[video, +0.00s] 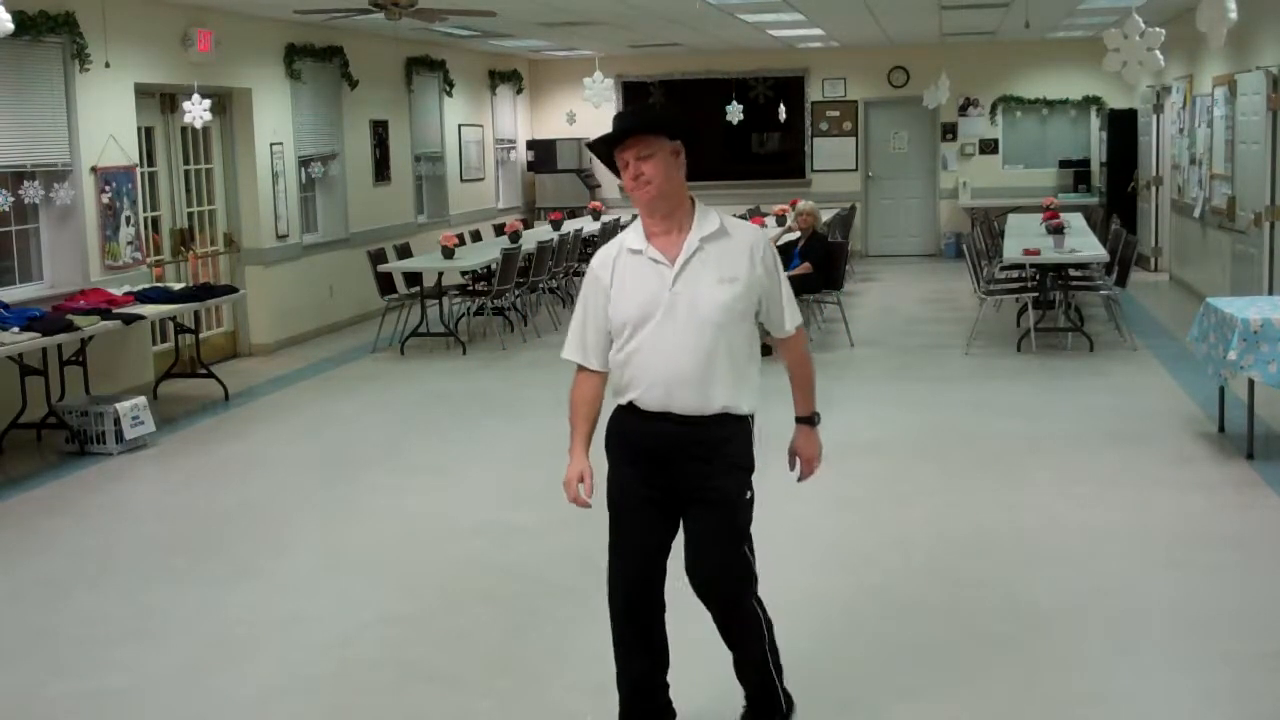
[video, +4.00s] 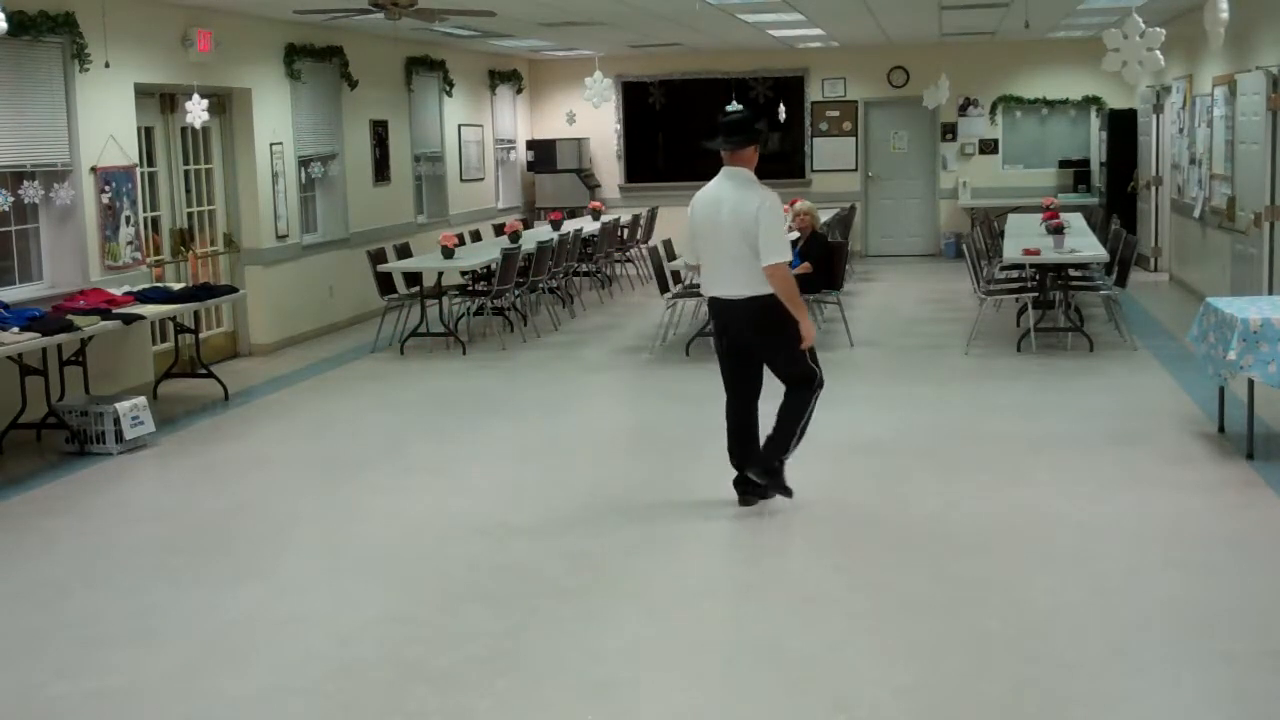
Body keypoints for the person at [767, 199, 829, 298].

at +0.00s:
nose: (804, 218)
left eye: (808, 215)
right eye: (801, 215)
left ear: (815, 219)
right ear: (796, 219)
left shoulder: (820, 239)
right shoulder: (794, 243)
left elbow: (810, 266)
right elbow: (768, 249)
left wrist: (786, 275)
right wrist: (783, 231)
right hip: (792, 278)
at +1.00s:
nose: (803, 218)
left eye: (807, 215)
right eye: (799, 215)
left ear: (814, 219)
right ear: (795, 219)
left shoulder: (820, 239)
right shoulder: (796, 242)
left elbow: (811, 266)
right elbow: (766, 249)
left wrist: (785, 276)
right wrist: (784, 229)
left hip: (809, 280)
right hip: (790, 277)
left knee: (767, 293)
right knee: (760, 287)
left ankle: (763, 344)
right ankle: (758, 340)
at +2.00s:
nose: (802, 220)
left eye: (806, 216)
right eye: (799, 216)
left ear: (814, 219)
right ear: (795, 220)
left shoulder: (820, 240)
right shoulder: (797, 241)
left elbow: (810, 267)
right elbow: (767, 249)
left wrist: (785, 276)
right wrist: (784, 230)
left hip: (810, 279)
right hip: (791, 275)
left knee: (768, 292)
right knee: (765, 276)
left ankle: (769, 343)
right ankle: (773, 315)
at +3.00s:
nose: (802, 219)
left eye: (806, 216)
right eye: (798, 216)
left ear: (814, 219)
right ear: (795, 220)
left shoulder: (820, 240)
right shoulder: (796, 241)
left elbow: (809, 267)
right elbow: (767, 249)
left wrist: (785, 276)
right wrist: (784, 231)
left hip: (809, 279)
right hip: (790, 275)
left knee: (768, 292)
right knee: (765, 275)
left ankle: (769, 343)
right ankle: (774, 315)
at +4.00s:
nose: (801, 218)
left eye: (805, 215)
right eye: (798, 215)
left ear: (812, 218)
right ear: (794, 220)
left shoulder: (819, 239)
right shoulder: (793, 241)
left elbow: (810, 266)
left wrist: (787, 275)